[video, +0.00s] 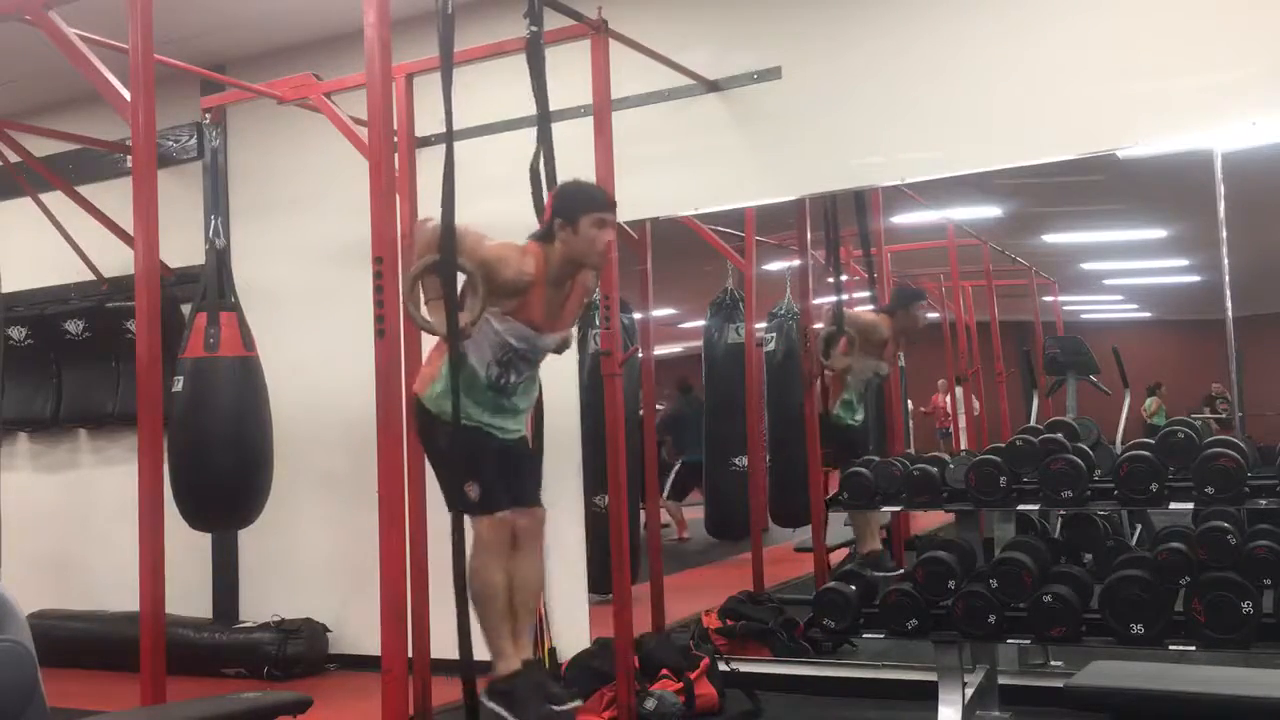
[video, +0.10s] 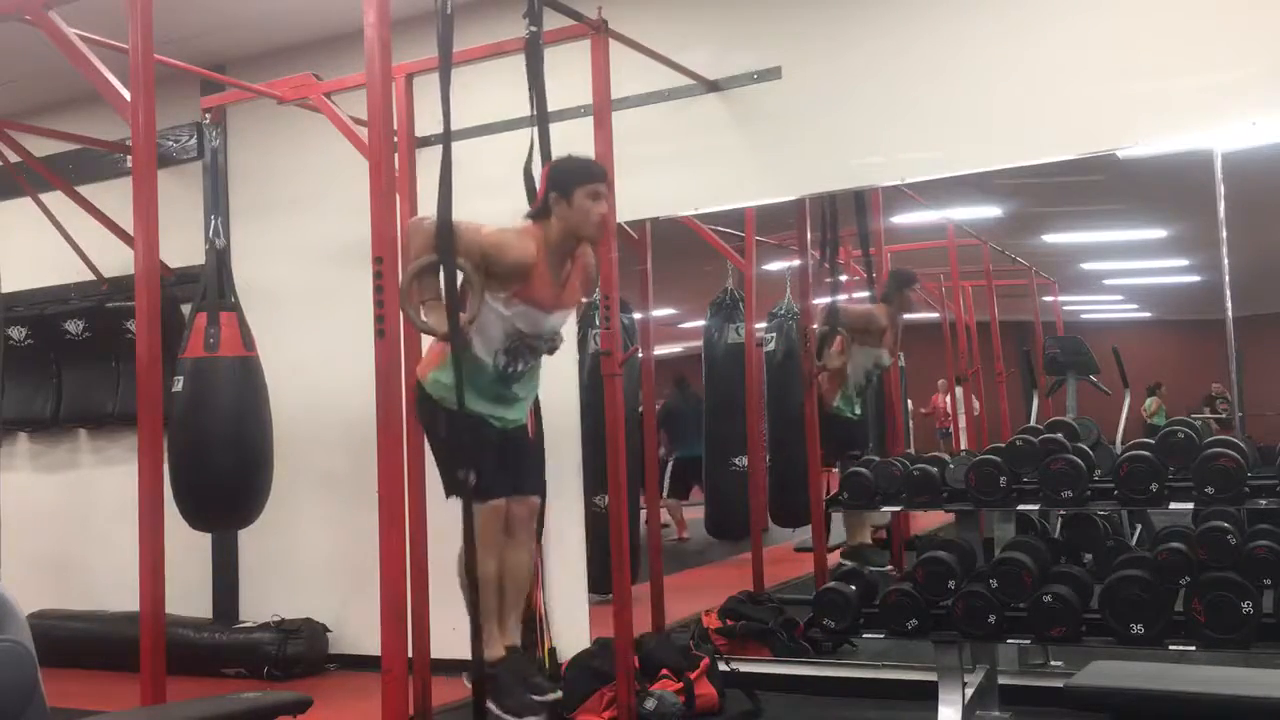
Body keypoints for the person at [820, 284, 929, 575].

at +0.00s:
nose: (924, 317)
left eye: (923, 310)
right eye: (920, 310)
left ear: (904, 311)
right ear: (904, 310)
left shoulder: (890, 336)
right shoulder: (879, 326)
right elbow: (834, 313)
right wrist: (828, 357)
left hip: (860, 407)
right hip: (844, 407)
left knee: (867, 475)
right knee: (859, 476)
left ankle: (870, 547)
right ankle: (868, 549)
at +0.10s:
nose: (916, 298)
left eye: (916, 293)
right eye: (913, 292)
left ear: (898, 292)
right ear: (898, 292)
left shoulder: (891, 321)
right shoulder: (876, 315)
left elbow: (890, 358)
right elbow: (830, 310)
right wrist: (822, 359)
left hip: (866, 401)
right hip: (850, 401)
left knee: (865, 466)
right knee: (856, 468)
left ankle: (862, 539)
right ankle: (856, 542)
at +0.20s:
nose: (910, 282)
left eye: (909, 276)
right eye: (905, 276)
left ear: (892, 278)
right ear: (890, 277)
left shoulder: (888, 310)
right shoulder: (869, 305)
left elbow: (879, 354)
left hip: (859, 393)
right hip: (842, 394)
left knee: (860, 460)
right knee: (854, 461)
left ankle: (858, 528)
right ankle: (848, 532)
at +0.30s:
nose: (906, 267)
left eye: (906, 261)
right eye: (901, 260)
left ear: (893, 266)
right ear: (884, 264)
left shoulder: (886, 300)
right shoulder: (864, 291)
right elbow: (823, 309)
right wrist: (825, 351)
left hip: (854, 386)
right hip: (837, 385)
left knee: (853, 454)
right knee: (852, 452)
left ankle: (845, 522)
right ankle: (842, 524)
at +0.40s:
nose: (898, 255)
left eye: (897, 249)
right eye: (894, 249)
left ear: (882, 251)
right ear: (878, 251)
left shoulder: (881, 285)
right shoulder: (862, 281)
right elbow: (829, 310)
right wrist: (830, 349)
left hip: (857, 376)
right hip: (840, 375)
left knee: (845, 449)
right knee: (849, 448)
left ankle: (832, 515)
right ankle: (823, 515)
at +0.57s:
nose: (894, 240)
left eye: (894, 233)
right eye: (890, 232)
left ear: (875, 232)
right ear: (875, 232)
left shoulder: (873, 266)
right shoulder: (857, 265)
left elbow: (865, 315)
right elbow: (833, 307)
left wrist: (870, 350)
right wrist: (830, 347)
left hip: (855, 359)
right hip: (840, 359)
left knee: (843, 435)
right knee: (834, 436)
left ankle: (832, 514)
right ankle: (824, 517)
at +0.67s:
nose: (891, 233)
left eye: (891, 225)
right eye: (887, 224)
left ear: (873, 223)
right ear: (872, 223)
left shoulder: (873, 259)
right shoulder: (853, 259)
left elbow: (868, 312)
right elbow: (834, 307)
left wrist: (875, 349)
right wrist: (830, 349)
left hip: (857, 356)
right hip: (842, 356)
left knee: (842, 428)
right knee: (835, 429)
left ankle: (833, 504)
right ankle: (824, 509)